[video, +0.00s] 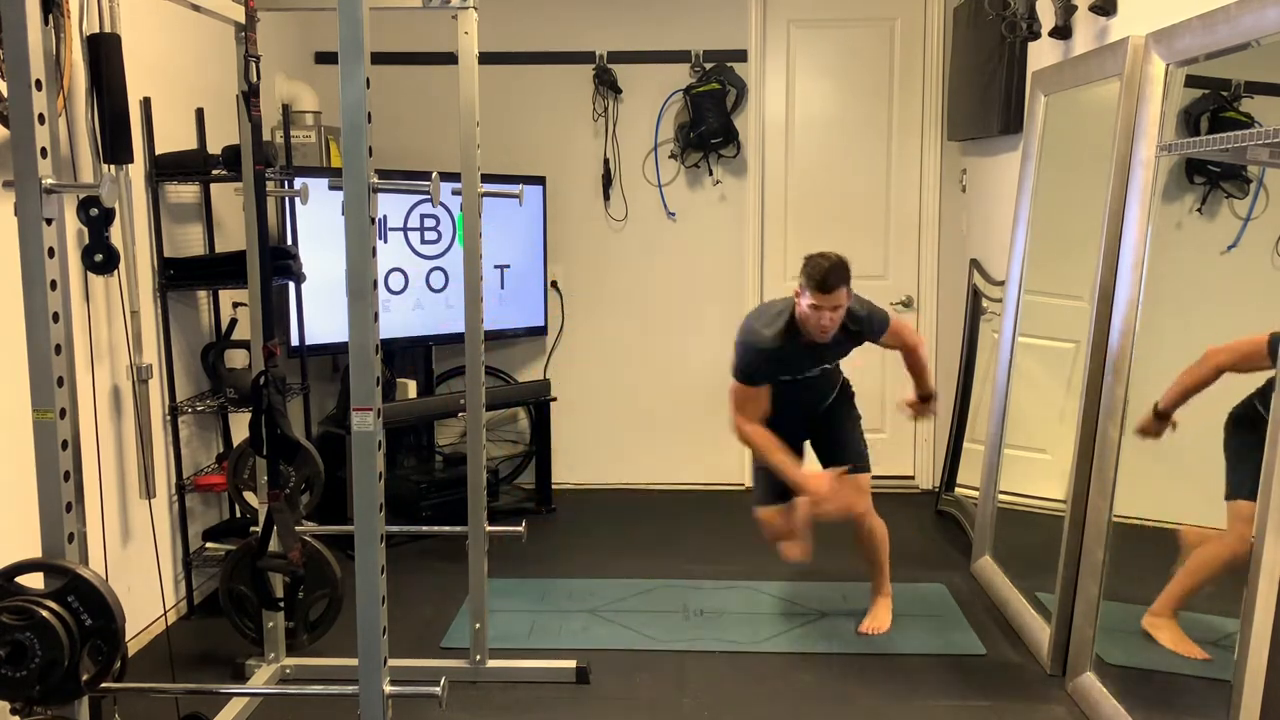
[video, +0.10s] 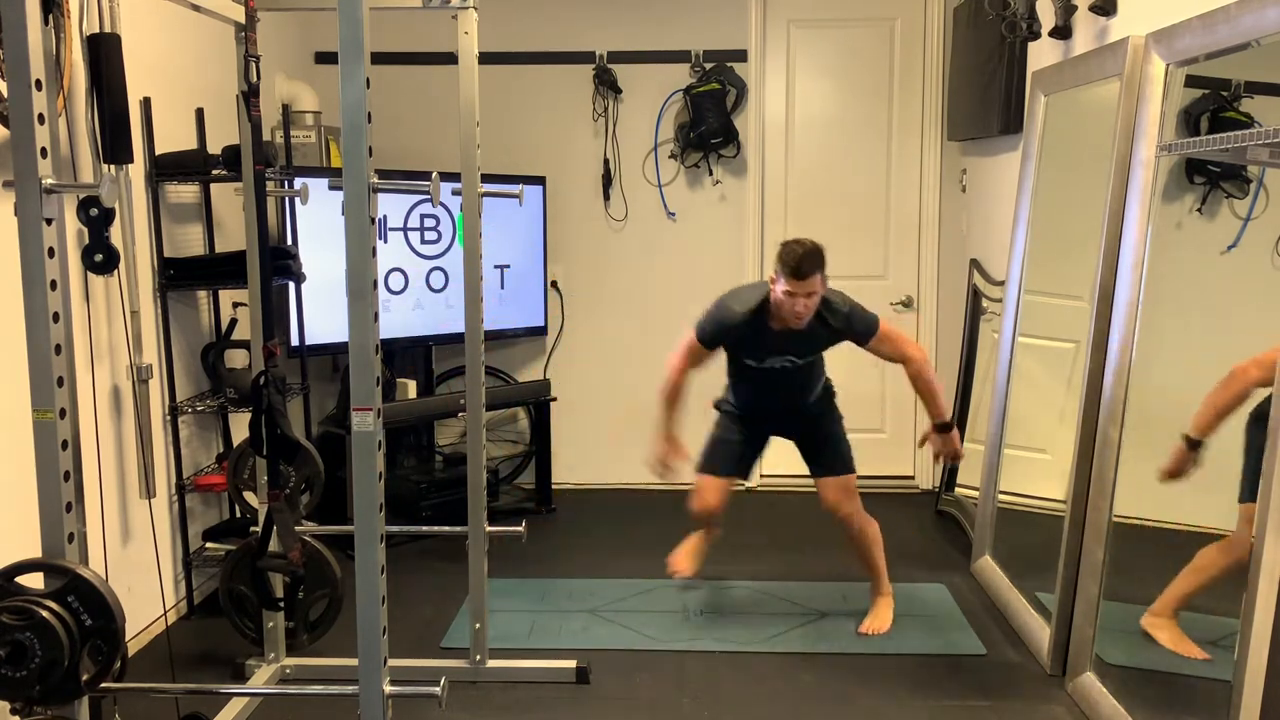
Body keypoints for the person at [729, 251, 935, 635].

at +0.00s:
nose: (826, 320)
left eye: (836, 309)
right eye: (816, 308)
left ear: (847, 299)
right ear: (798, 297)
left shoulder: (859, 318)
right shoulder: (760, 337)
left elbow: (911, 342)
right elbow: (747, 422)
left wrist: (925, 395)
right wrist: (804, 480)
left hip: (829, 400)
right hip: (774, 411)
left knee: (860, 506)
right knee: (772, 522)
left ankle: (882, 595)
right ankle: (801, 514)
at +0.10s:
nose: (802, 306)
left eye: (812, 296)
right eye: (792, 296)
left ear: (823, 286)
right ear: (773, 284)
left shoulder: (837, 314)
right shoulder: (734, 313)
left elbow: (913, 355)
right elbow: (680, 364)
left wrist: (942, 424)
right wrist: (667, 436)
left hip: (810, 409)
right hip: (744, 410)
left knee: (843, 506)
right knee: (703, 506)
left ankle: (882, 593)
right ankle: (706, 533)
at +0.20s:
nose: (763, 294)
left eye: (772, 285)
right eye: (753, 284)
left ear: (783, 274)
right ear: (735, 271)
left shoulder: (801, 303)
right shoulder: (699, 284)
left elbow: (872, 363)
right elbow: (636, 304)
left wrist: (888, 445)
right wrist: (591, 322)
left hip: (767, 392)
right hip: (700, 387)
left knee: (814, 491)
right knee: (656, 482)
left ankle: (870, 585)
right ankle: (611, 571)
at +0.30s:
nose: (712, 297)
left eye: (721, 287)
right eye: (703, 286)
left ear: (736, 275)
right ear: (688, 271)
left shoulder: (754, 306)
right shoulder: (659, 273)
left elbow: (808, 385)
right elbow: (599, 250)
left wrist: (780, 465)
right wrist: (549, 247)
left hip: (722, 389)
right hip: (659, 384)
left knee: (760, 487)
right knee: (624, 484)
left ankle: (792, 547)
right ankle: (579, 592)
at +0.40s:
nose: (672, 309)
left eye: (682, 300)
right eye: (664, 298)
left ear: (698, 290)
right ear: (651, 285)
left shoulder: (714, 329)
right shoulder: (631, 277)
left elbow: (723, 426)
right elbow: (582, 240)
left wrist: (647, 455)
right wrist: (530, 213)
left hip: (683, 401)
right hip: (631, 386)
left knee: (684, 506)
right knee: (602, 490)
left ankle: (659, 508)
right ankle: (577, 597)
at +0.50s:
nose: (646, 323)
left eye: (656, 314)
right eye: (638, 312)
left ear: (674, 303)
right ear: (626, 298)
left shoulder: (686, 348)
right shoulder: (615, 286)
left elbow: (635, 430)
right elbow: (571, 251)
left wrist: (560, 415)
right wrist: (518, 225)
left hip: (659, 415)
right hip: (613, 384)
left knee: (613, 493)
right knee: (592, 494)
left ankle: (569, 496)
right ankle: (575, 598)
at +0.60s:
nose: (632, 336)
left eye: (642, 326)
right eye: (623, 325)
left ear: (659, 314)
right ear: (612, 309)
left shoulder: (670, 362)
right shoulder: (607, 293)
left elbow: (591, 419)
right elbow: (561, 264)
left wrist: (541, 371)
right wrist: (511, 248)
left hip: (638, 425)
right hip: (598, 392)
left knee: (561, 475)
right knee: (581, 495)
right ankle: (574, 598)